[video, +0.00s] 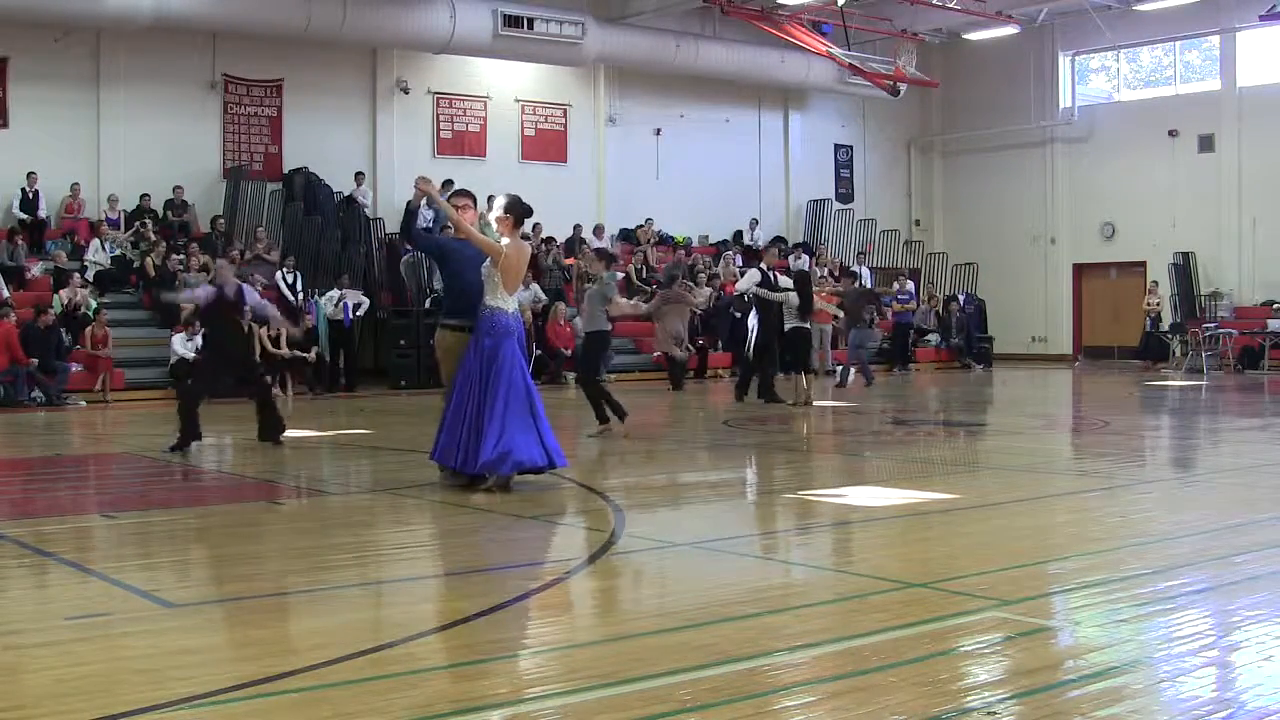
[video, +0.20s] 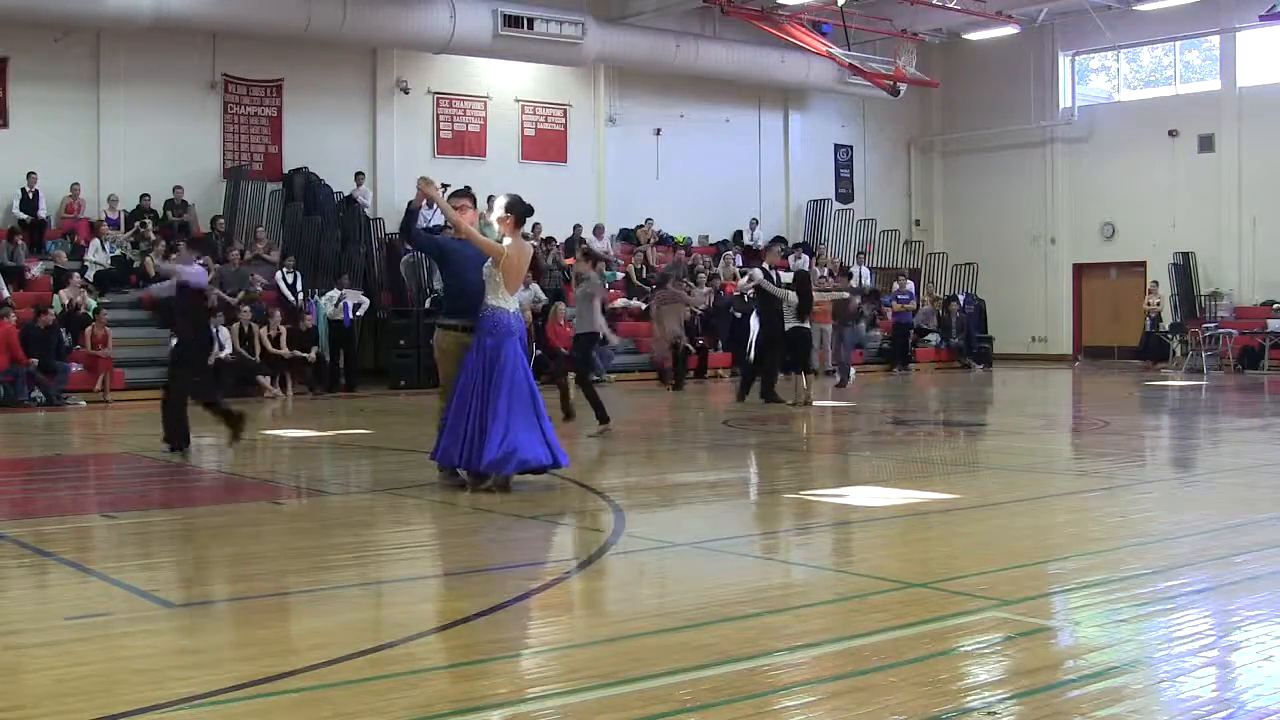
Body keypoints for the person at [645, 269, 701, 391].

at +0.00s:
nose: (682, 284)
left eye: (681, 282)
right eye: (680, 282)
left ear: (666, 280)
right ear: (678, 281)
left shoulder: (661, 295)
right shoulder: (685, 296)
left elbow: (650, 309)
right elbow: (696, 304)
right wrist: (693, 290)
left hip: (665, 326)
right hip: (681, 326)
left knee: (669, 355)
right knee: (681, 353)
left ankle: (675, 382)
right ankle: (679, 381)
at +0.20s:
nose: (674, 283)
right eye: (673, 281)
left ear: (659, 282)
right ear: (670, 281)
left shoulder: (657, 296)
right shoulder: (679, 294)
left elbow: (653, 314)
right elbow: (695, 302)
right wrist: (706, 296)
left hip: (661, 329)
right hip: (676, 328)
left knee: (660, 353)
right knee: (679, 355)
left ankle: (664, 378)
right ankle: (678, 383)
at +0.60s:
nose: (659, 280)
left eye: (658, 279)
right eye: (658, 279)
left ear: (647, 282)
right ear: (657, 281)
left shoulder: (643, 296)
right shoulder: (666, 294)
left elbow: (637, 315)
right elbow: (681, 303)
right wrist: (696, 298)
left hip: (648, 331)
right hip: (664, 330)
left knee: (649, 358)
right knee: (672, 353)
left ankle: (650, 384)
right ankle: (674, 381)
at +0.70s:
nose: (659, 281)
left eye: (658, 279)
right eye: (658, 279)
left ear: (646, 281)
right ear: (655, 281)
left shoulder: (641, 297)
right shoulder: (665, 294)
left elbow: (632, 316)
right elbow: (679, 302)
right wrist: (691, 301)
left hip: (647, 331)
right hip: (663, 331)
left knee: (647, 357)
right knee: (662, 354)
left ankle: (649, 383)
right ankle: (661, 379)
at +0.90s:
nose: (657, 284)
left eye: (656, 282)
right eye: (656, 282)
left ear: (646, 283)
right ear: (655, 282)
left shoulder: (641, 298)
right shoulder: (663, 297)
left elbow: (633, 314)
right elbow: (673, 307)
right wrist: (685, 307)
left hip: (645, 330)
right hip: (660, 330)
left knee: (648, 359)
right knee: (656, 359)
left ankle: (650, 386)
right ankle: (646, 383)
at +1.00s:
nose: (657, 286)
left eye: (656, 283)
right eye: (656, 284)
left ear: (645, 285)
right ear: (653, 285)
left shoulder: (642, 300)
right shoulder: (662, 298)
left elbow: (641, 315)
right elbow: (670, 313)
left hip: (649, 327)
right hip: (662, 327)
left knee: (652, 356)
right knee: (656, 356)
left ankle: (649, 382)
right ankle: (645, 383)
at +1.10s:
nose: (657, 285)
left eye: (656, 283)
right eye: (655, 283)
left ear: (646, 285)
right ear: (652, 284)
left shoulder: (644, 300)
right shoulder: (663, 298)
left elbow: (643, 314)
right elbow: (668, 310)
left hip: (651, 327)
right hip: (663, 326)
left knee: (653, 356)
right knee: (657, 357)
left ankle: (648, 382)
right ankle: (647, 382)